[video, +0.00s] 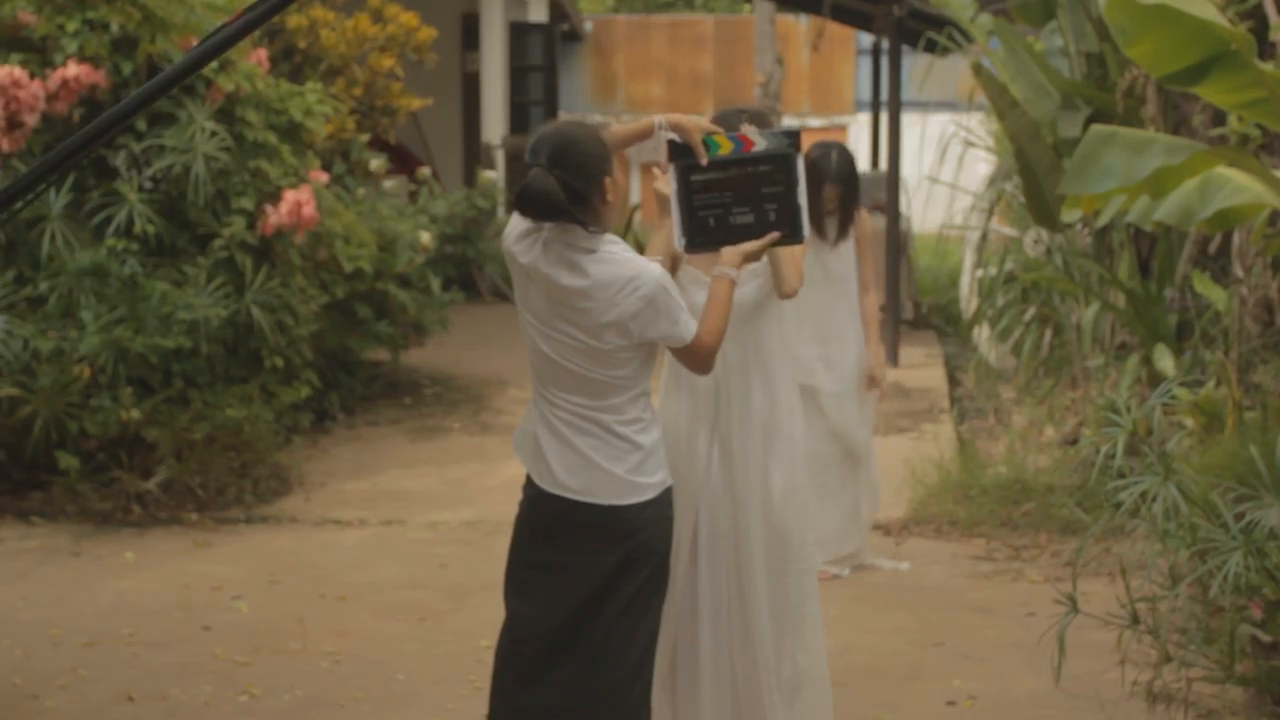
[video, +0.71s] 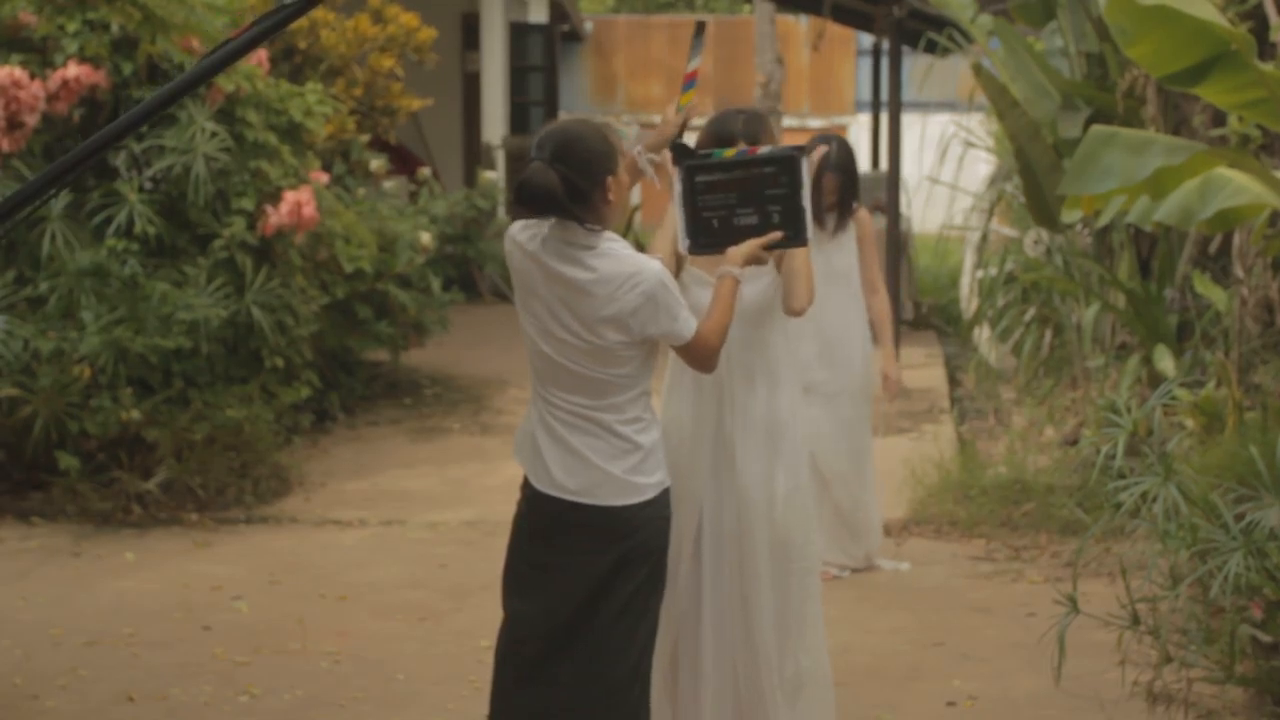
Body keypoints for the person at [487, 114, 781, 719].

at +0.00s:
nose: (623, 179)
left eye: (615, 166)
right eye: (617, 169)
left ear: (544, 181)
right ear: (607, 186)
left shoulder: (523, 243)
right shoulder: (637, 278)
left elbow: (559, 162)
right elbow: (699, 355)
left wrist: (654, 126)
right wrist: (727, 269)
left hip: (551, 488)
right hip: (629, 496)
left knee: (527, 654)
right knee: (618, 666)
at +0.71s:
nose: (631, 177)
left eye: (628, 166)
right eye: (625, 169)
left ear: (553, 181)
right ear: (607, 188)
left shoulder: (522, 242)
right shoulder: (638, 277)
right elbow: (702, 353)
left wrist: (640, 150)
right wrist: (733, 269)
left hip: (548, 488)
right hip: (626, 496)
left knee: (526, 655)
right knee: (616, 666)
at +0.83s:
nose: (632, 180)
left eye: (631, 168)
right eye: (625, 171)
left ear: (552, 179)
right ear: (602, 190)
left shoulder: (516, 242)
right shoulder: (631, 274)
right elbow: (698, 351)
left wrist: (654, 187)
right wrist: (726, 266)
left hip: (545, 488)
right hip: (623, 495)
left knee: (530, 662)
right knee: (615, 668)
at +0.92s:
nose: (632, 180)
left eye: (633, 168)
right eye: (624, 171)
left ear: (553, 181)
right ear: (591, 187)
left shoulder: (510, 237)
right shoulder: (621, 270)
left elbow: (557, 198)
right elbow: (688, 355)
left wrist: (631, 156)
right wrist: (722, 274)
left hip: (541, 485)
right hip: (618, 492)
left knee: (535, 660)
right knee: (616, 663)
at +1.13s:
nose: (622, 203)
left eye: (623, 187)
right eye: (609, 190)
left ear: (555, 192)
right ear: (559, 195)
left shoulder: (510, 230)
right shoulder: (584, 266)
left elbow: (598, 246)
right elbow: (648, 379)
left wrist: (636, 209)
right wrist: (704, 307)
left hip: (514, 477)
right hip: (573, 487)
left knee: (548, 652)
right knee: (616, 661)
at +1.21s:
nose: (618, 205)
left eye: (621, 189)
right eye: (603, 192)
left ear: (549, 198)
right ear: (553, 196)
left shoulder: (520, 236)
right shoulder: (571, 264)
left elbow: (559, 320)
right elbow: (619, 392)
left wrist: (627, 270)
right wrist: (691, 331)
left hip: (508, 478)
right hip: (551, 488)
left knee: (540, 664)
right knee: (589, 666)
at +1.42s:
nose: (602, 209)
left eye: (609, 192)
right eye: (583, 197)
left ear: (621, 187)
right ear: (540, 201)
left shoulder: (584, 261)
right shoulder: (536, 269)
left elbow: (572, 367)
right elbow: (527, 404)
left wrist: (641, 360)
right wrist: (626, 391)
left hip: (536, 493)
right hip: (500, 494)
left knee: (575, 680)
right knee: (530, 682)